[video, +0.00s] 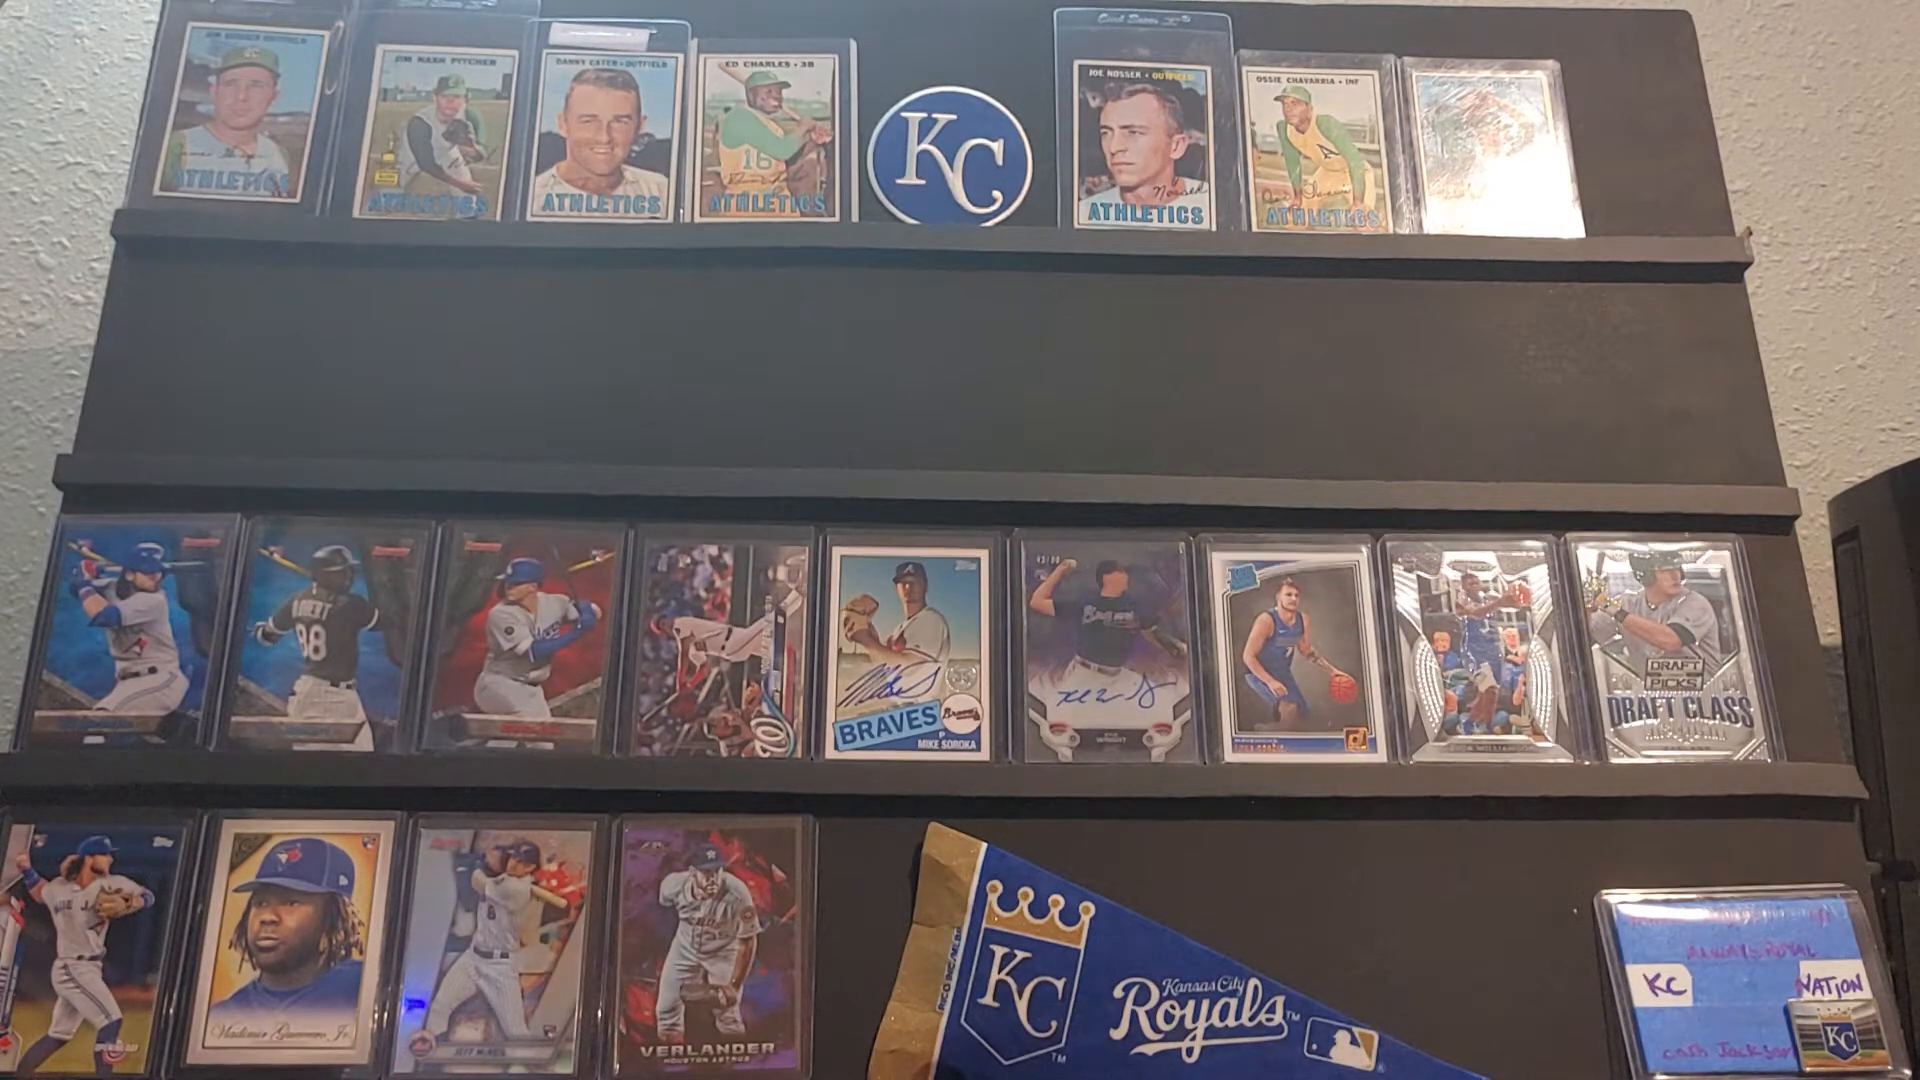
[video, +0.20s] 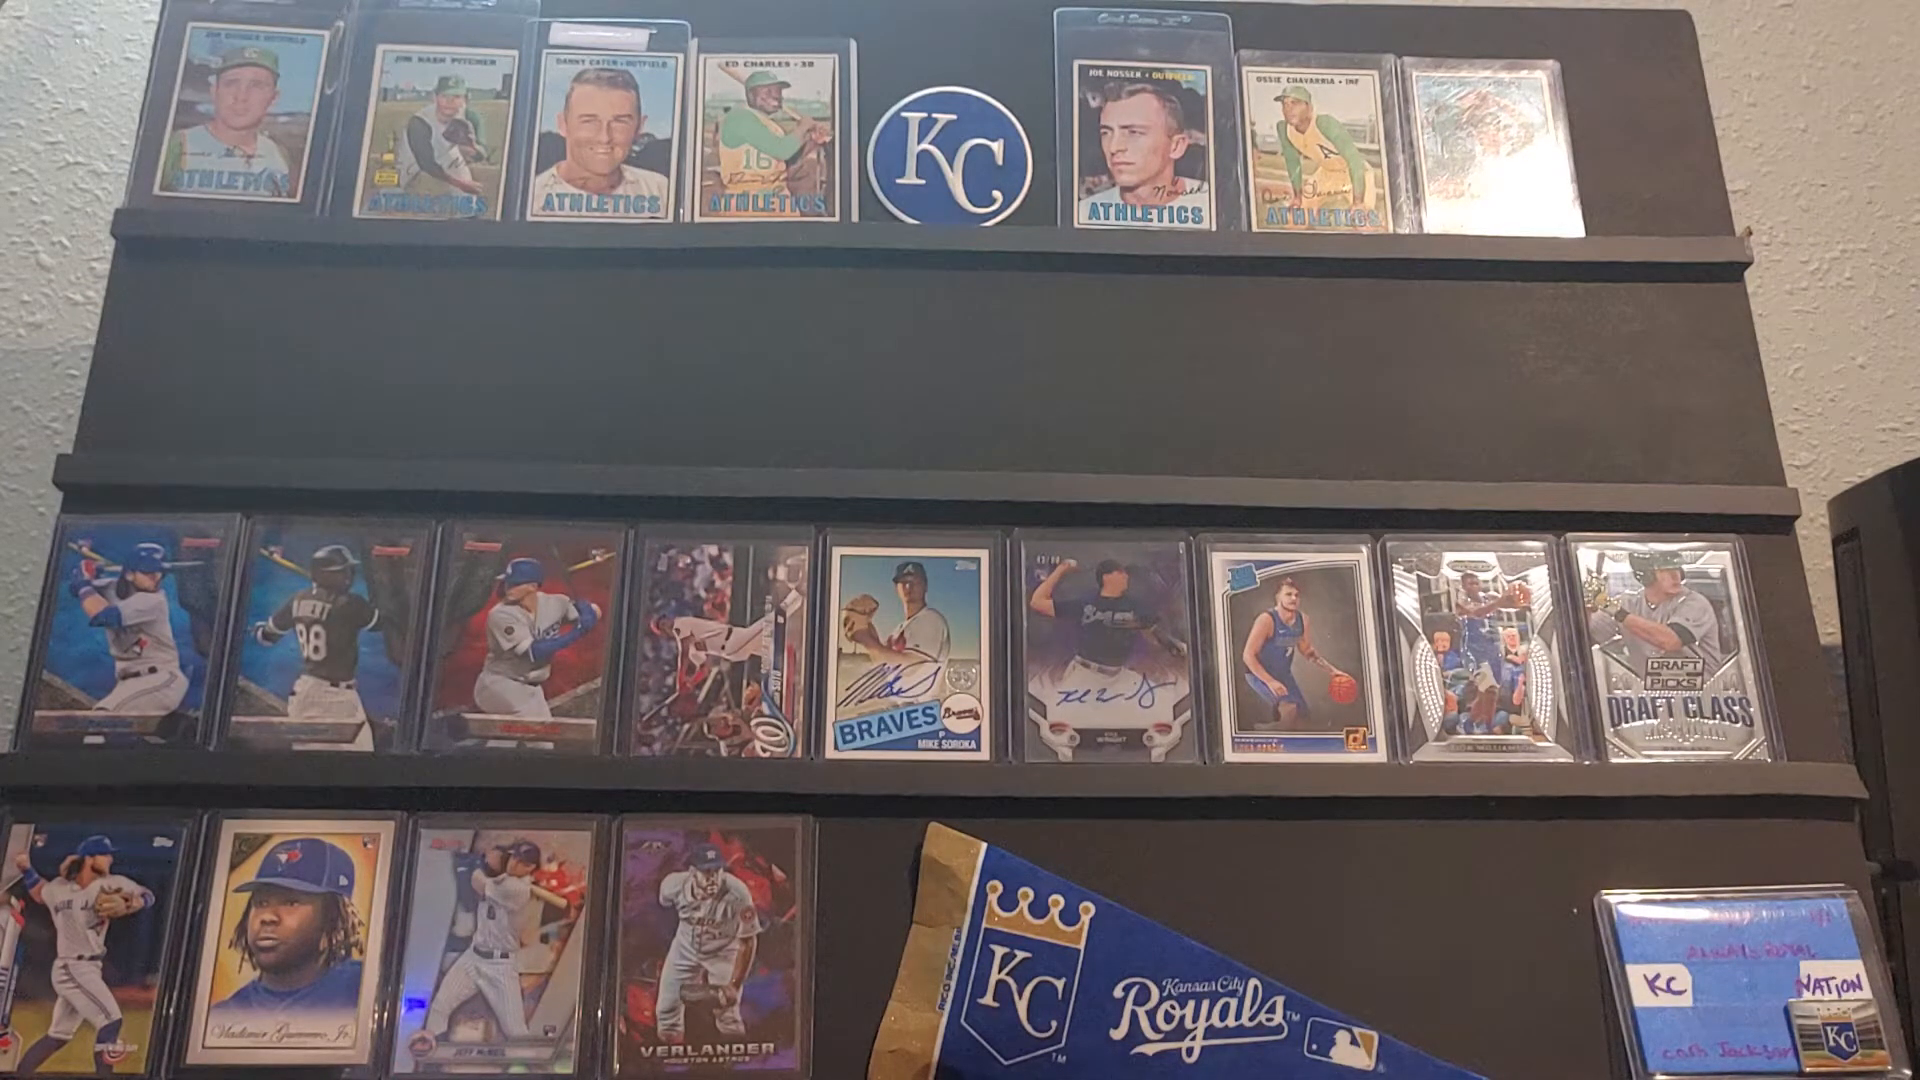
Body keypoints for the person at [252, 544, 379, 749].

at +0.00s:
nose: (350, 577)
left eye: (350, 571)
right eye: (346, 572)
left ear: (320, 574)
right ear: (334, 575)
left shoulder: (299, 601)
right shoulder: (352, 605)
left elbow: (267, 637)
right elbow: (387, 622)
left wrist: (259, 630)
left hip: (305, 693)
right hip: (341, 697)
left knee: (306, 764)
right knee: (361, 765)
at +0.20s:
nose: (350, 578)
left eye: (350, 572)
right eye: (346, 572)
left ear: (319, 575)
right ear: (335, 575)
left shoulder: (299, 600)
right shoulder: (351, 604)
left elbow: (267, 637)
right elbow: (384, 622)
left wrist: (259, 631)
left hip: (305, 694)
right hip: (341, 698)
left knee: (306, 765)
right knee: (360, 767)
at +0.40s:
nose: (350, 578)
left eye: (350, 572)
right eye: (347, 572)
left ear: (319, 575)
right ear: (335, 575)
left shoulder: (299, 600)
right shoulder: (351, 604)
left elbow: (267, 637)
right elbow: (384, 621)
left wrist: (259, 630)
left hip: (305, 694)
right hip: (341, 698)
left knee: (306, 766)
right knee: (360, 767)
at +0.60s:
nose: (350, 578)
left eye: (350, 572)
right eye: (346, 572)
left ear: (319, 575)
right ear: (335, 575)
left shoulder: (299, 601)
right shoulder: (351, 605)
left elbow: (267, 637)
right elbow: (388, 621)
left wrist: (259, 630)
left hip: (306, 694)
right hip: (342, 698)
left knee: (306, 766)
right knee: (359, 767)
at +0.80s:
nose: (350, 578)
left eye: (350, 572)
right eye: (347, 572)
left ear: (319, 575)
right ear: (336, 575)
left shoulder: (299, 601)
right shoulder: (350, 605)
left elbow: (267, 637)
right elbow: (388, 621)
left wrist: (259, 630)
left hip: (306, 694)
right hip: (342, 698)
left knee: (307, 766)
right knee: (360, 768)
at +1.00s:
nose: (350, 577)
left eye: (350, 572)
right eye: (346, 572)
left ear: (319, 575)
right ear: (335, 575)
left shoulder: (299, 600)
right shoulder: (351, 605)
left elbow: (267, 637)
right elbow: (388, 622)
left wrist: (259, 630)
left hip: (305, 694)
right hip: (342, 699)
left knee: (307, 767)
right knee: (360, 768)